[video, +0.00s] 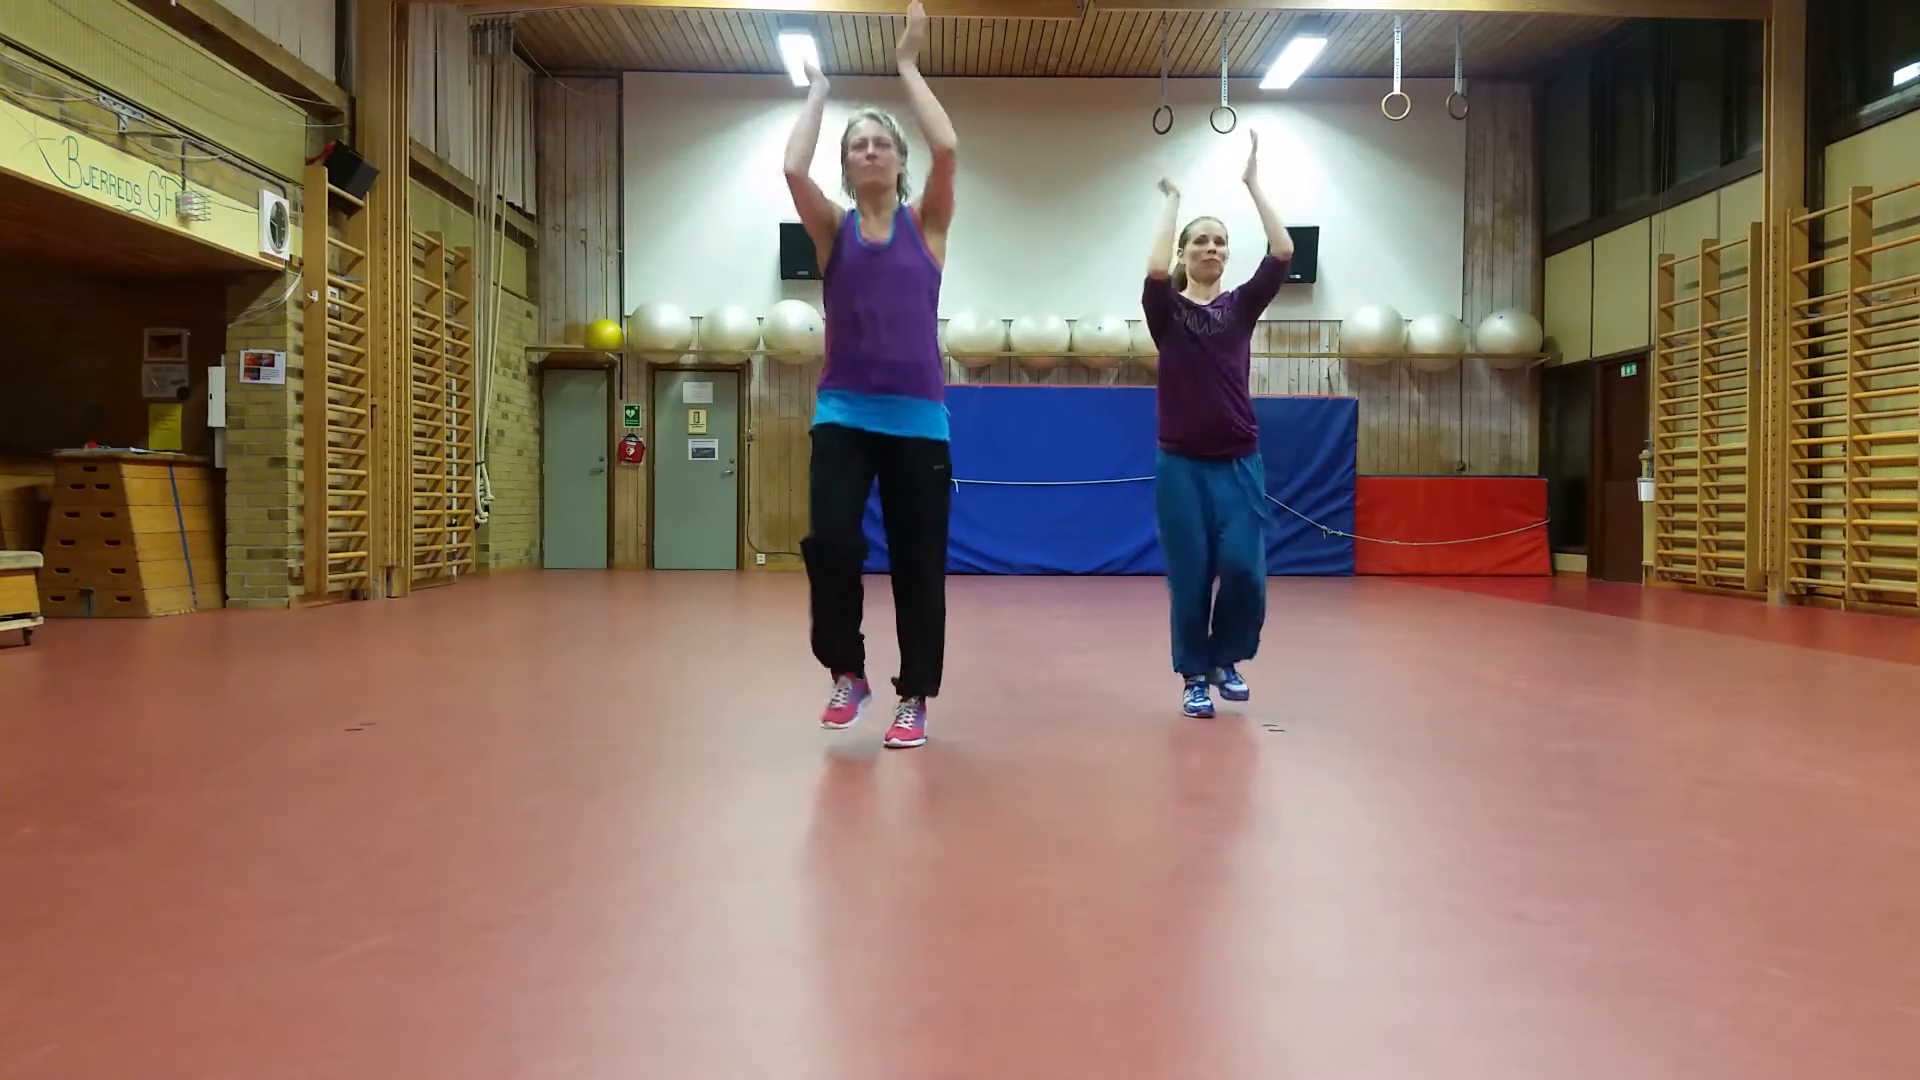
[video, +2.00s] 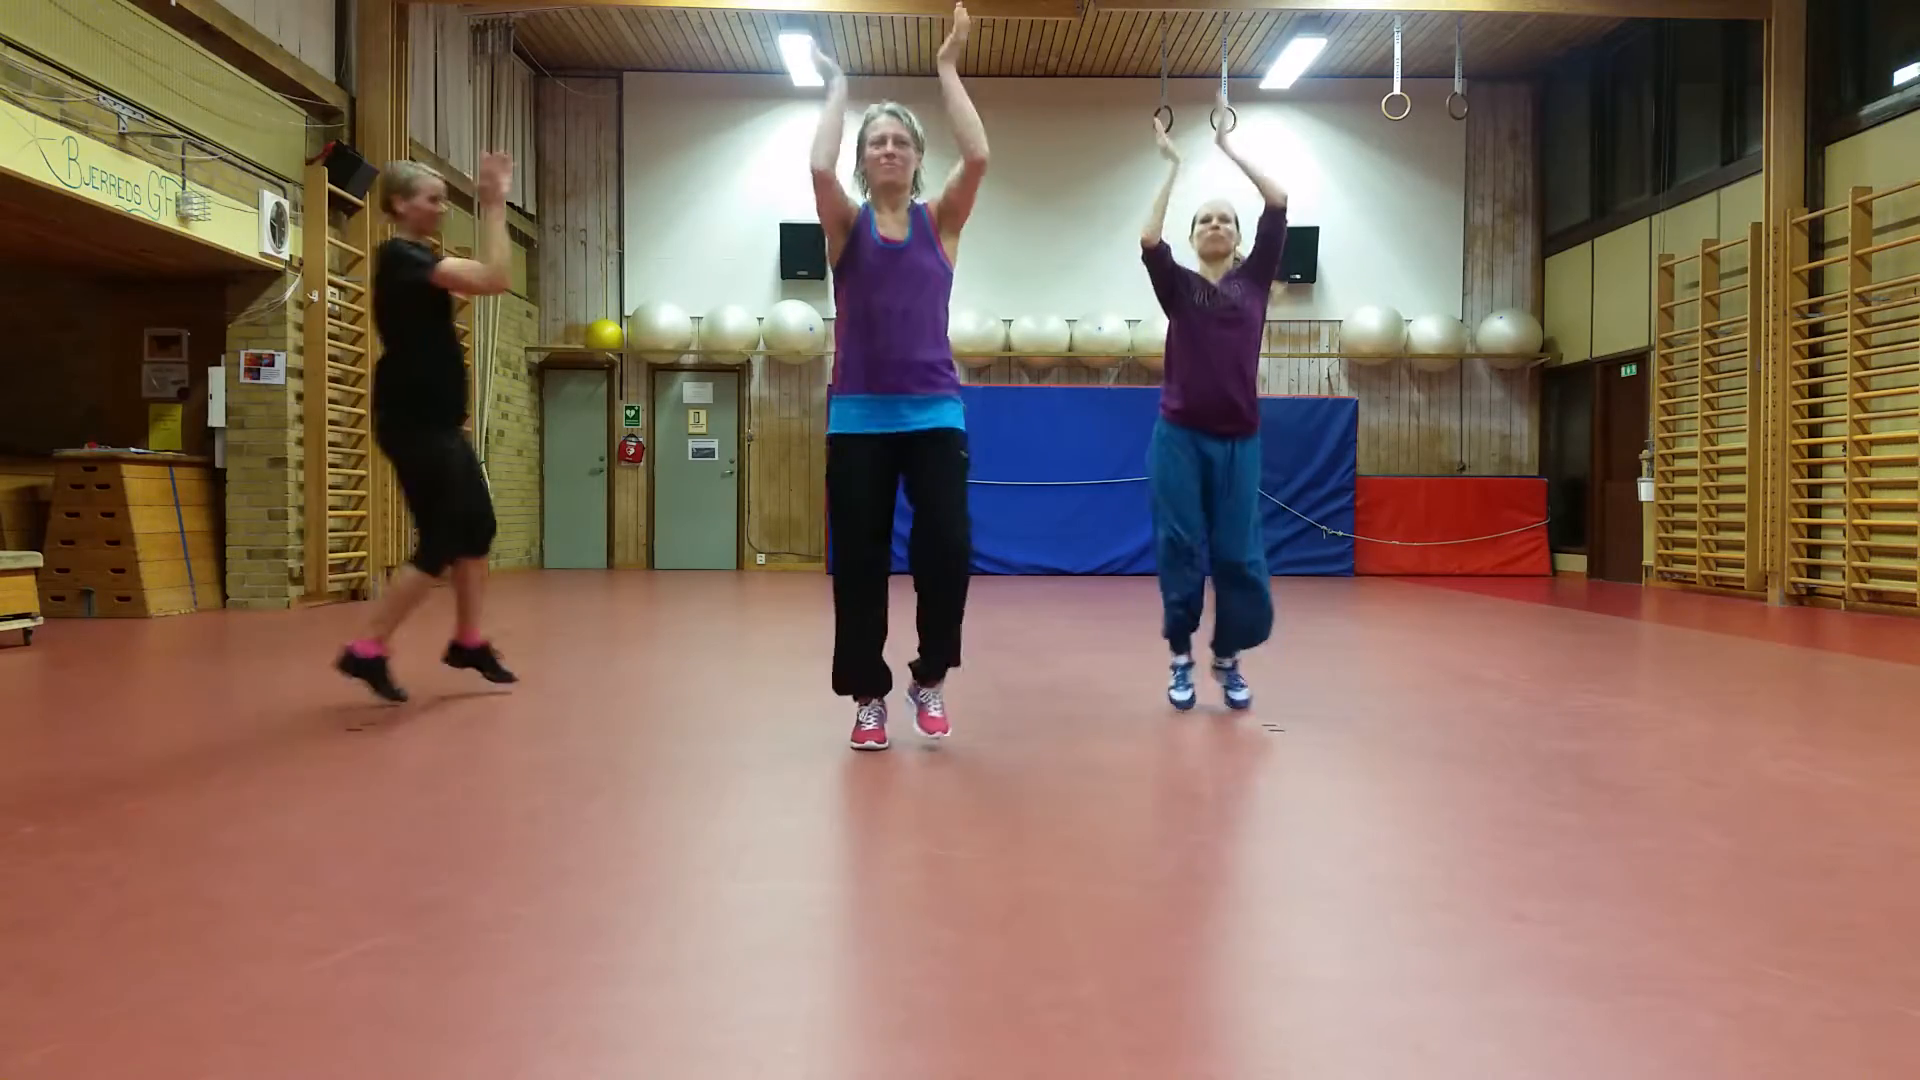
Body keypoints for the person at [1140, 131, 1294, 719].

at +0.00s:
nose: (1211, 250)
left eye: (1219, 243)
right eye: (1201, 243)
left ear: (1227, 255)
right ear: (1183, 254)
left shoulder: (1240, 306)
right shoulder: (1166, 312)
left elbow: (1282, 253)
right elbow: (1155, 272)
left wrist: (1252, 184)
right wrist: (1170, 202)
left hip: (1238, 460)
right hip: (1181, 460)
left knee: (1245, 568)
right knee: (1191, 571)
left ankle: (1225, 659)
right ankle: (1195, 677)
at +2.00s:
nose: (1216, 226)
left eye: (1225, 221)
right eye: (1206, 221)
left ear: (1239, 236)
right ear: (1192, 236)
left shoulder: (1252, 284)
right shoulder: (1179, 286)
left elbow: (1278, 201)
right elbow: (1149, 240)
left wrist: (1228, 144)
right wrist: (1170, 165)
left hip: (1238, 438)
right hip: (1181, 434)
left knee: (1239, 552)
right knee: (1181, 547)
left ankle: (1227, 658)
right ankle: (1180, 658)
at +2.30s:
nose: (1215, 233)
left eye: (1223, 227)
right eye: (1205, 227)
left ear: (1237, 241)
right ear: (1191, 241)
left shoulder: (1250, 290)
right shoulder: (1177, 295)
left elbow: (1290, 213)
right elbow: (1146, 249)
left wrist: (1247, 156)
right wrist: (1186, 183)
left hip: (1242, 446)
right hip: (1186, 444)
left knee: (1243, 561)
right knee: (1178, 557)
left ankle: (1228, 662)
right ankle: (1175, 666)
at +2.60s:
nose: (1229, 254)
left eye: (1238, 250)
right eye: (1218, 251)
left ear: (1250, 265)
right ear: (1204, 267)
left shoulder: (1265, 314)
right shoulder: (1190, 318)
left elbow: (1309, 243)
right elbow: (1161, 266)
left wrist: (1263, 190)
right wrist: (1214, 208)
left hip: (1265, 467)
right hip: (1205, 468)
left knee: (1271, 576)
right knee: (1193, 562)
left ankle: (1266, 674)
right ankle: (1212, 661)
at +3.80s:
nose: (1226, 235)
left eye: (1234, 228)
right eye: (1216, 229)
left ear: (1247, 241)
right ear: (1200, 243)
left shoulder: (1269, 294)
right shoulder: (1181, 300)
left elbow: (1328, 337)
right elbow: (1145, 345)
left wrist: (1286, 319)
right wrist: (1209, 331)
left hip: (1254, 454)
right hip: (1192, 454)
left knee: (1285, 557)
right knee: (1171, 561)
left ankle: (1276, 664)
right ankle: (1160, 670)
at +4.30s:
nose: (1234, 231)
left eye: (1242, 225)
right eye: (1224, 226)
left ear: (1255, 240)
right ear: (1208, 242)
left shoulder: (1273, 287)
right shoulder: (1193, 283)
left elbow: (1338, 302)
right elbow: (1151, 305)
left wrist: (1292, 277)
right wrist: (1216, 303)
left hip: (1268, 445)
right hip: (1204, 446)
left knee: (1292, 555)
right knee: (1176, 556)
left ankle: (1297, 667)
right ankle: (1150, 667)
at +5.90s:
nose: (1232, 235)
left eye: (1240, 228)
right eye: (1222, 231)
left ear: (1255, 240)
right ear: (1208, 247)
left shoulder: (1282, 287)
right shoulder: (1195, 294)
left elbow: (1348, 300)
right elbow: (1154, 296)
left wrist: (1314, 309)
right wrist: (1208, 278)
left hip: (1269, 449)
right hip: (1203, 447)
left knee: (1294, 556)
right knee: (1157, 547)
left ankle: (1305, 664)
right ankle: (1115, 650)